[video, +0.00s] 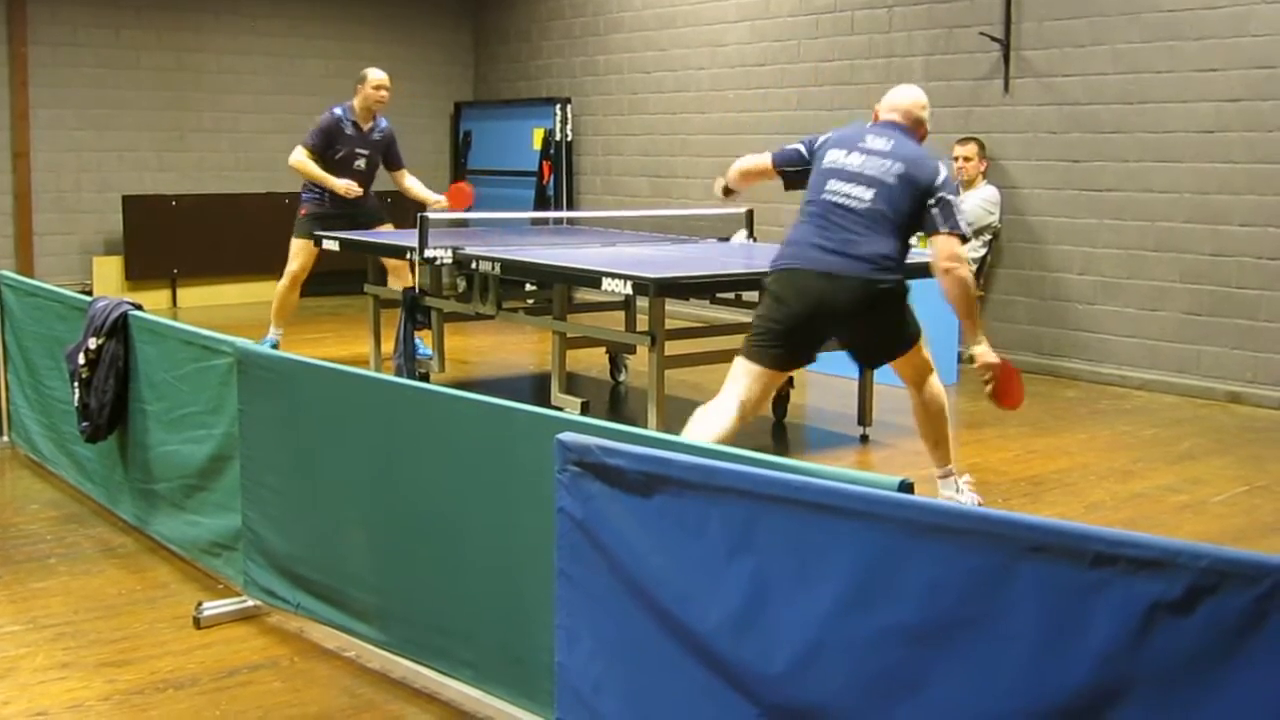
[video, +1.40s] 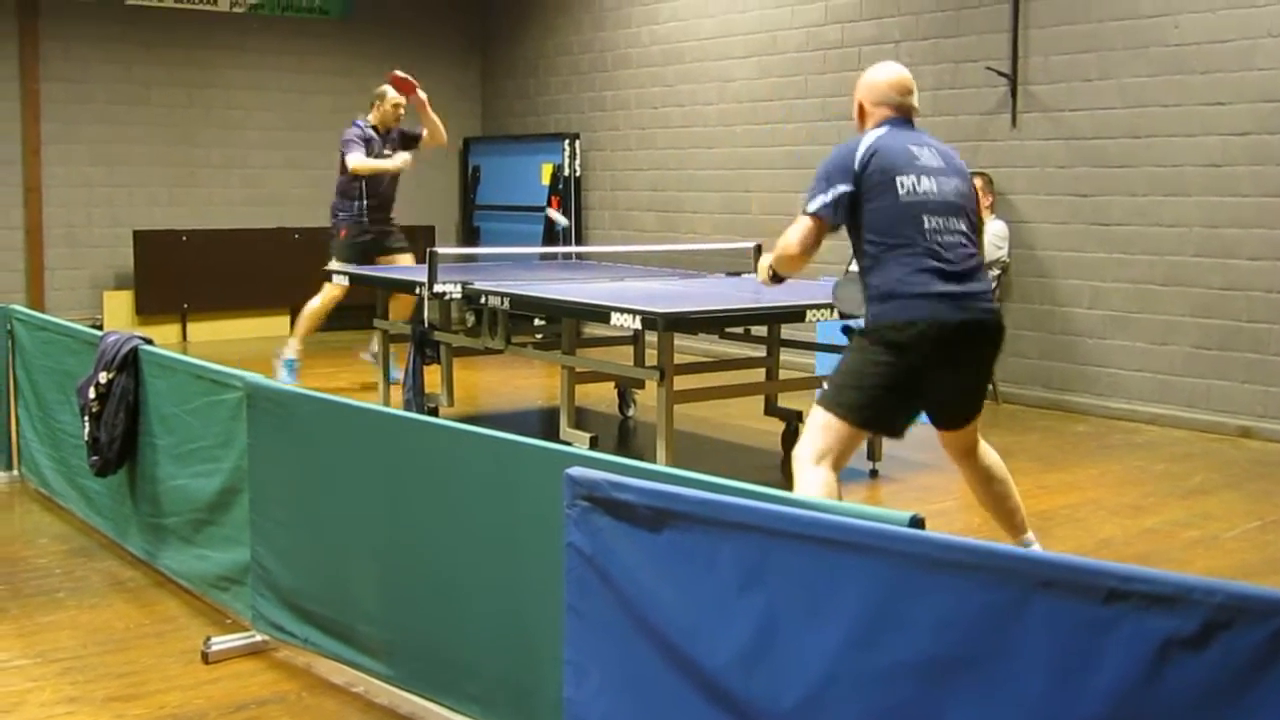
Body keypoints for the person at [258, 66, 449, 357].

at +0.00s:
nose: (383, 95)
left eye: (387, 90)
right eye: (377, 88)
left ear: (389, 95)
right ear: (360, 90)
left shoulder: (384, 131)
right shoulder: (334, 120)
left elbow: (402, 177)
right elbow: (297, 158)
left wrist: (431, 198)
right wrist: (334, 182)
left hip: (362, 204)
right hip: (319, 203)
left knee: (398, 262)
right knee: (294, 272)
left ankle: (410, 337)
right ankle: (273, 337)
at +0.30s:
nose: (358, 86)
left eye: (362, 81)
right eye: (352, 79)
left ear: (364, 86)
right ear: (335, 82)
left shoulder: (362, 124)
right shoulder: (311, 116)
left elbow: (373, 165)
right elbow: (273, 154)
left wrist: (384, 189)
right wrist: (314, 176)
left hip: (340, 203)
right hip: (299, 201)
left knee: (362, 266)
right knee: (273, 264)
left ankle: (360, 332)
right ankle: (242, 329)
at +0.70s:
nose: (357, 119)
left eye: (360, 114)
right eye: (352, 112)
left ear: (360, 118)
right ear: (333, 112)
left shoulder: (338, 150)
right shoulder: (309, 141)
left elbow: (334, 196)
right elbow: (303, 196)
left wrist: (357, 232)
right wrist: (344, 205)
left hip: (312, 215)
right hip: (279, 214)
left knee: (352, 268)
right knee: (269, 289)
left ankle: (357, 340)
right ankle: (230, 345)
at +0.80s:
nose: (364, 128)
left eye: (367, 123)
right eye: (359, 120)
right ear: (340, 119)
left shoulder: (334, 150)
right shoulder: (323, 145)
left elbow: (321, 204)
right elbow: (332, 200)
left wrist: (331, 240)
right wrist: (368, 213)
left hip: (308, 221)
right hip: (280, 220)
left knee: (351, 272)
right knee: (273, 294)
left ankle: (342, 345)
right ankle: (231, 349)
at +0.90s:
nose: (373, 139)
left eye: (376, 134)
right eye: (369, 132)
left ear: (349, 132)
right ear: (349, 129)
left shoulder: (334, 149)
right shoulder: (339, 157)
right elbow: (363, 205)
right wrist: (397, 229)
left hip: (310, 229)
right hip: (288, 228)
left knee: (353, 278)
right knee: (282, 304)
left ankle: (343, 349)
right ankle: (230, 353)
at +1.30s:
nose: (404, 126)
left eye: (404, 120)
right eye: (400, 119)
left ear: (386, 120)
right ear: (381, 118)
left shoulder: (382, 150)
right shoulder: (357, 140)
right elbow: (355, 174)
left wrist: (440, 172)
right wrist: (390, 196)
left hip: (360, 229)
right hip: (336, 226)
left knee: (384, 292)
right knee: (315, 293)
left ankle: (356, 362)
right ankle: (257, 355)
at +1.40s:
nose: (402, 111)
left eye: (404, 106)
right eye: (396, 105)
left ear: (402, 109)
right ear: (377, 106)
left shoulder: (398, 136)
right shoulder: (356, 133)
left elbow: (438, 140)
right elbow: (355, 164)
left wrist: (423, 106)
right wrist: (392, 164)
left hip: (383, 225)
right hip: (351, 226)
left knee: (409, 283)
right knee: (335, 290)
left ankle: (380, 347)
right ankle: (290, 351)